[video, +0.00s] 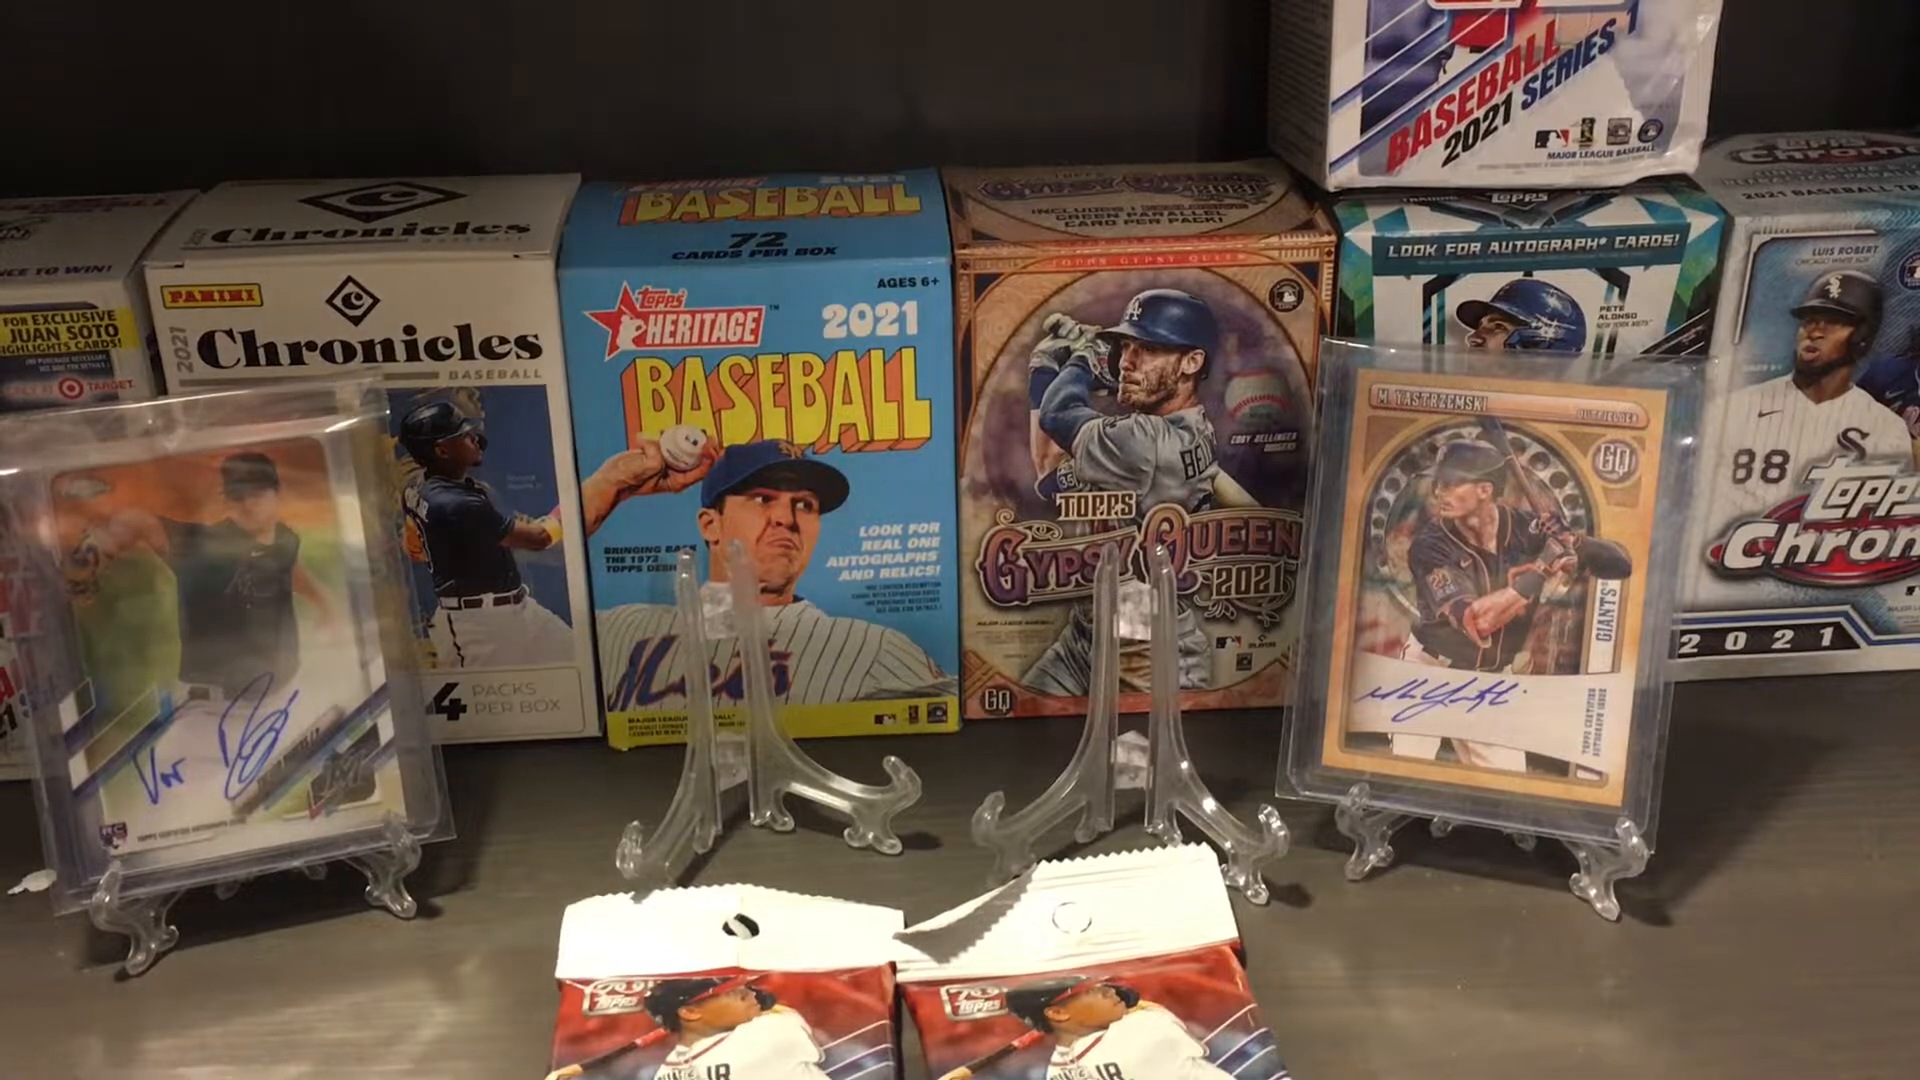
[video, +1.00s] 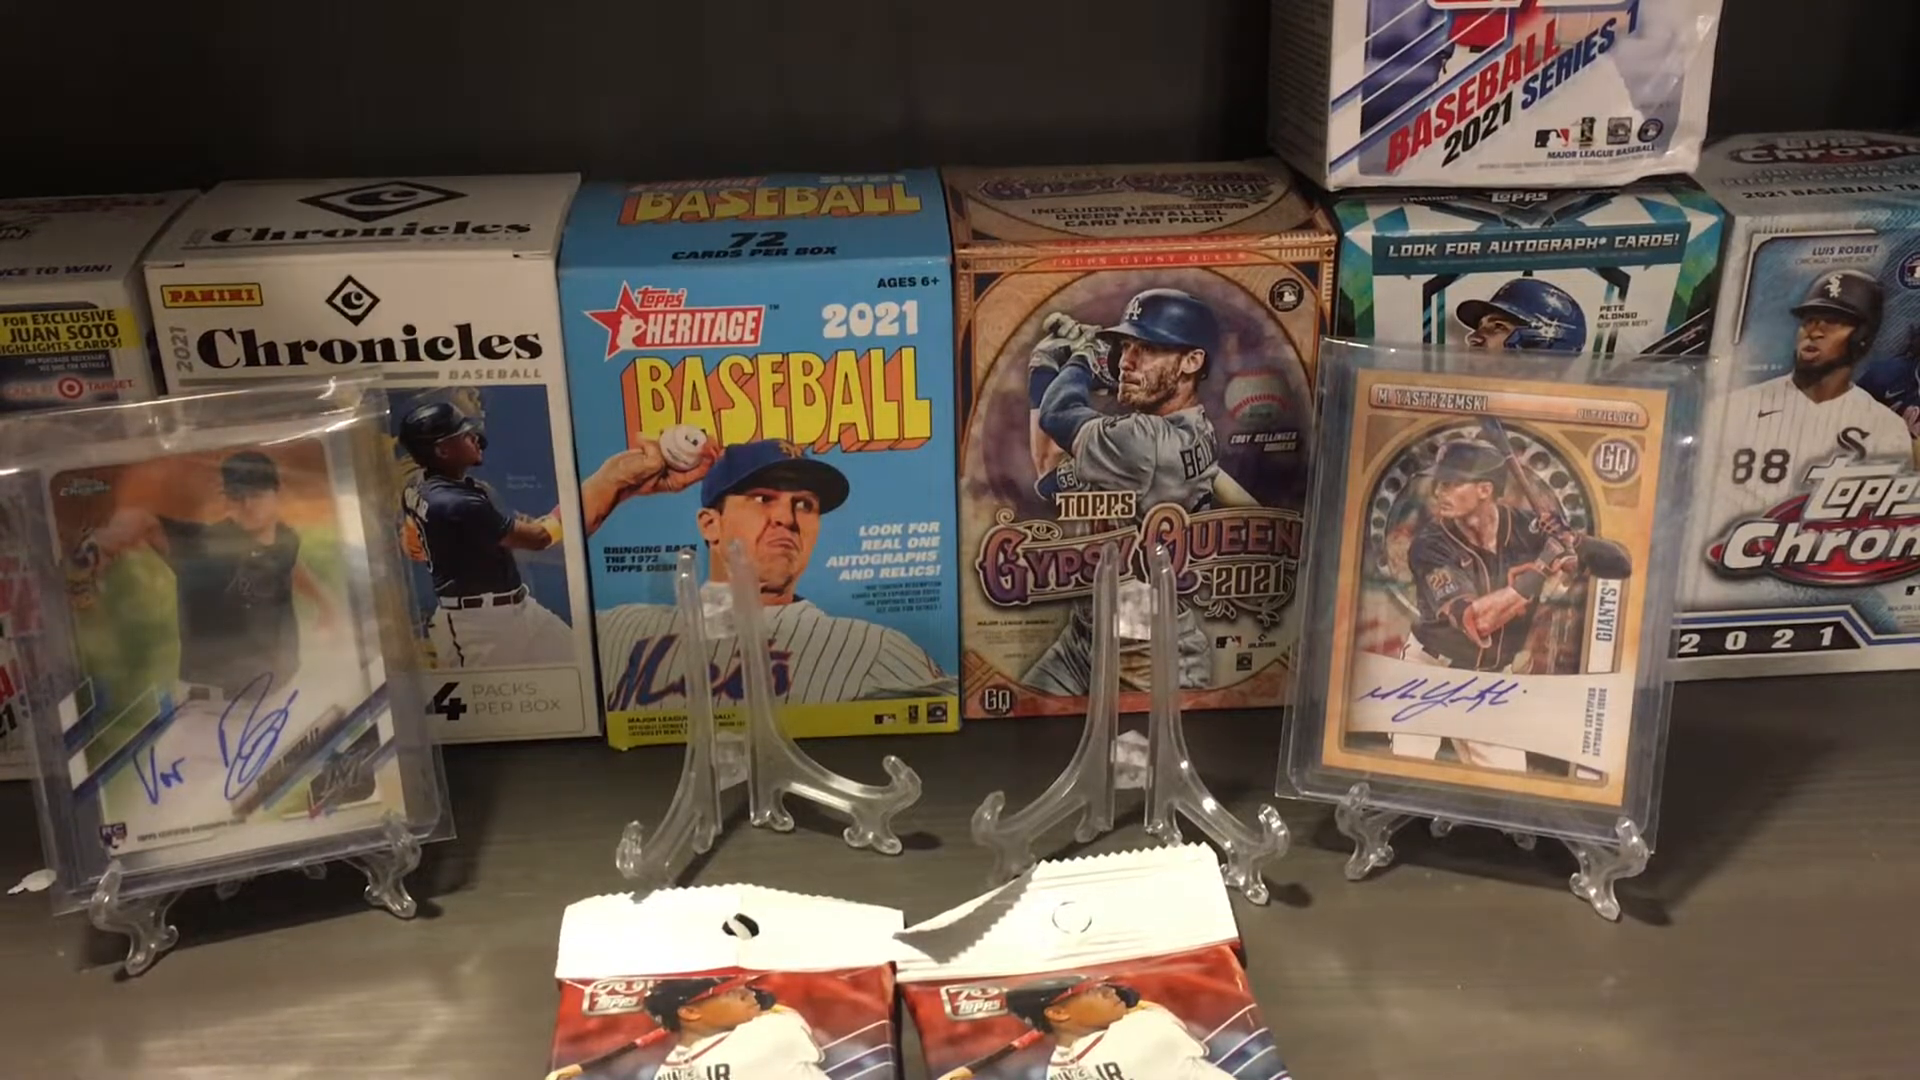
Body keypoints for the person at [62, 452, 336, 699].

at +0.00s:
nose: (249, 506)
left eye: (258, 496)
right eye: (239, 498)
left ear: (276, 495)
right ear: (228, 502)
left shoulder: (286, 541)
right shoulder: (202, 542)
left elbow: (291, 570)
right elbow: (144, 524)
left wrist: (322, 602)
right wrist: (110, 536)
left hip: (275, 685)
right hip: (215, 691)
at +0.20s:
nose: (253, 507)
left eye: (259, 495)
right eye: (243, 498)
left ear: (277, 495)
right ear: (231, 503)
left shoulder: (286, 541)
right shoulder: (198, 543)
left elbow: (291, 570)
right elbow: (139, 520)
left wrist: (324, 602)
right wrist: (102, 540)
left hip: (276, 687)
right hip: (214, 694)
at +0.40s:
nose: (247, 506)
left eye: (256, 496)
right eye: (237, 498)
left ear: (275, 496)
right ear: (227, 501)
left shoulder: (286, 541)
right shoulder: (203, 542)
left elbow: (291, 570)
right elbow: (140, 522)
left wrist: (322, 601)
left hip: (276, 683)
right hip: (213, 691)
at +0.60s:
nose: (247, 506)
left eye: (256, 496)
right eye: (237, 497)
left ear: (275, 496)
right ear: (227, 500)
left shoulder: (286, 540)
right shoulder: (202, 542)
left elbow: (291, 570)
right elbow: (140, 522)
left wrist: (323, 601)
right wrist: (109, 540)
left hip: (276, 686)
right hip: (214, 693)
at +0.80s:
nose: (248, 506)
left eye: (257, 495)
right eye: (237, 497)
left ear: (275, 495)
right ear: (227, 500)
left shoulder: (286, 540)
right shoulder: (202, 543)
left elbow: (291, 569)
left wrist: (324, 602)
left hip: (275, 687)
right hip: (213, 693)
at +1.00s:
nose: (247, 506)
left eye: (256, 495)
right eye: (237, 497)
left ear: (275, 495)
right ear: (227, 500)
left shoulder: (286, 540)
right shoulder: (202, 543)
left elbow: (291, 569)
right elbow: (141, 521)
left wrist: (324, 603)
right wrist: (110, 542)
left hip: (274, 685)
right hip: (213, 690)